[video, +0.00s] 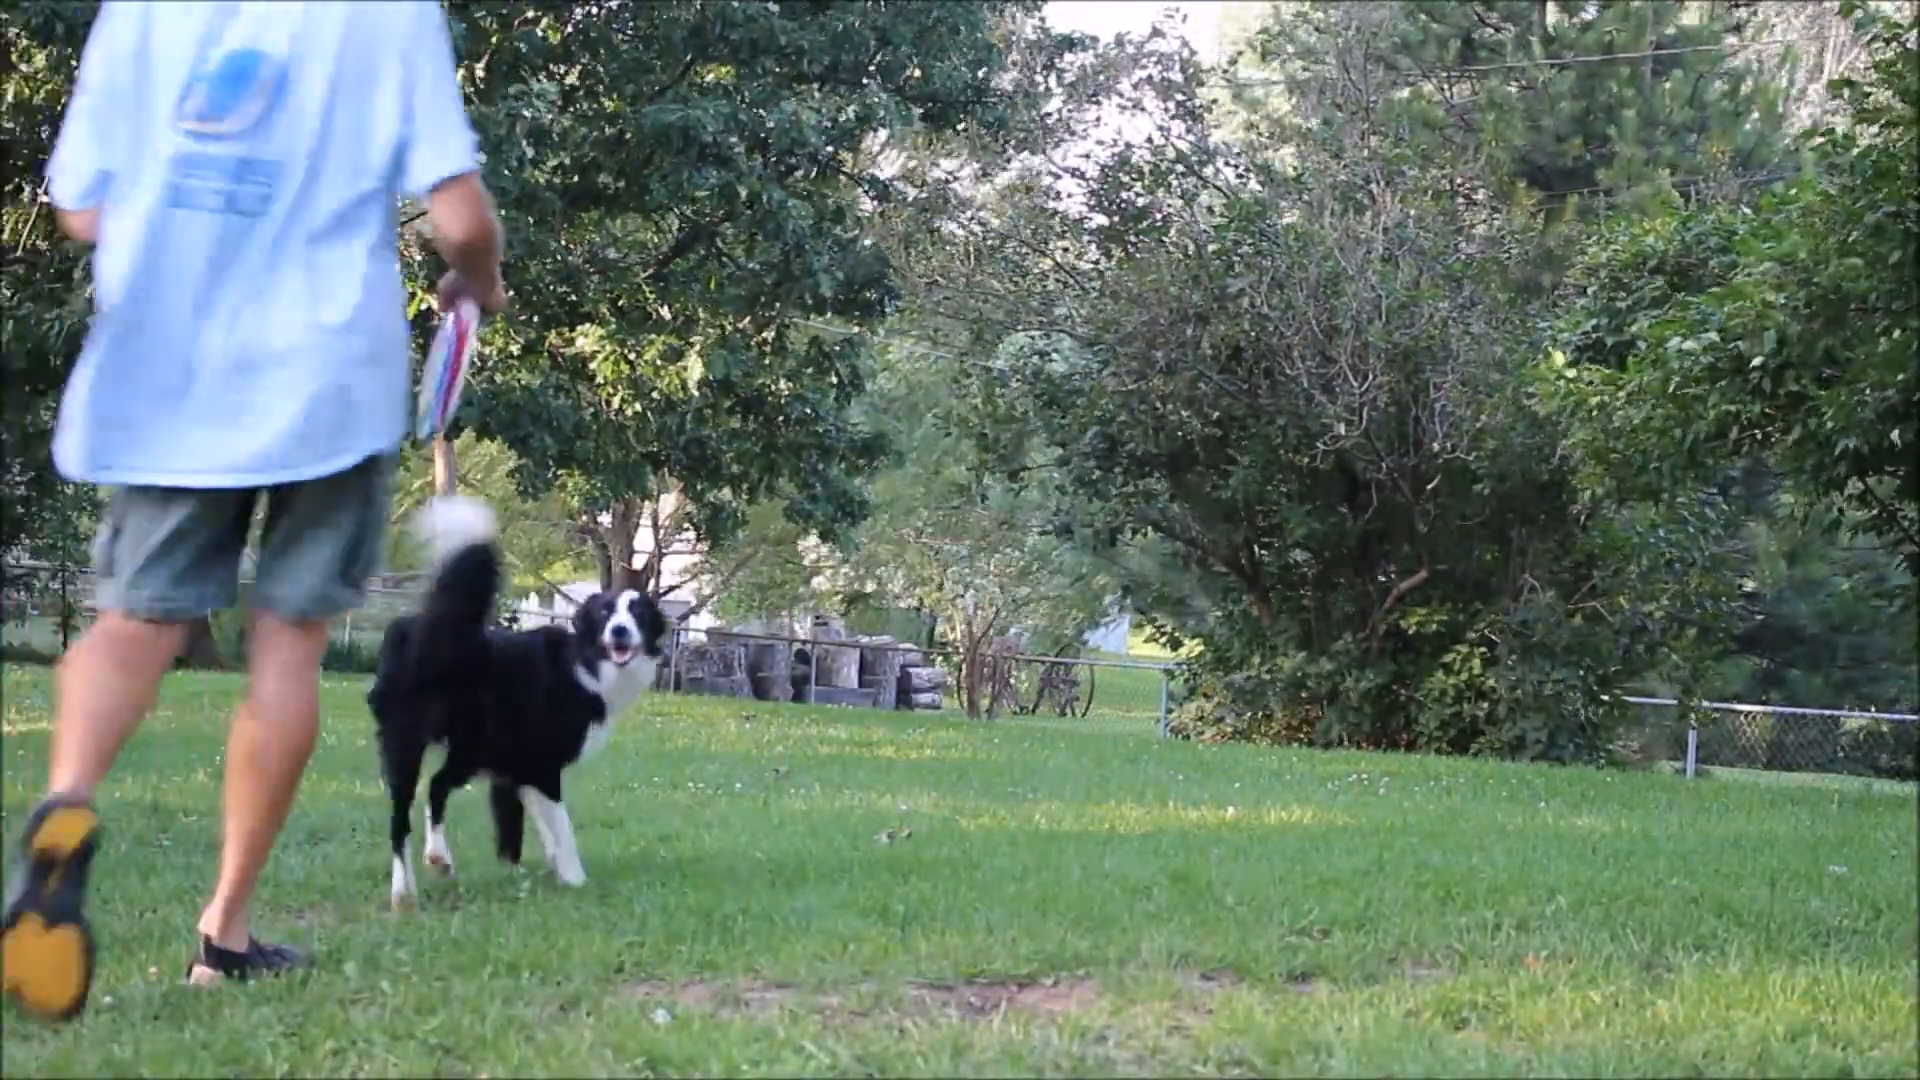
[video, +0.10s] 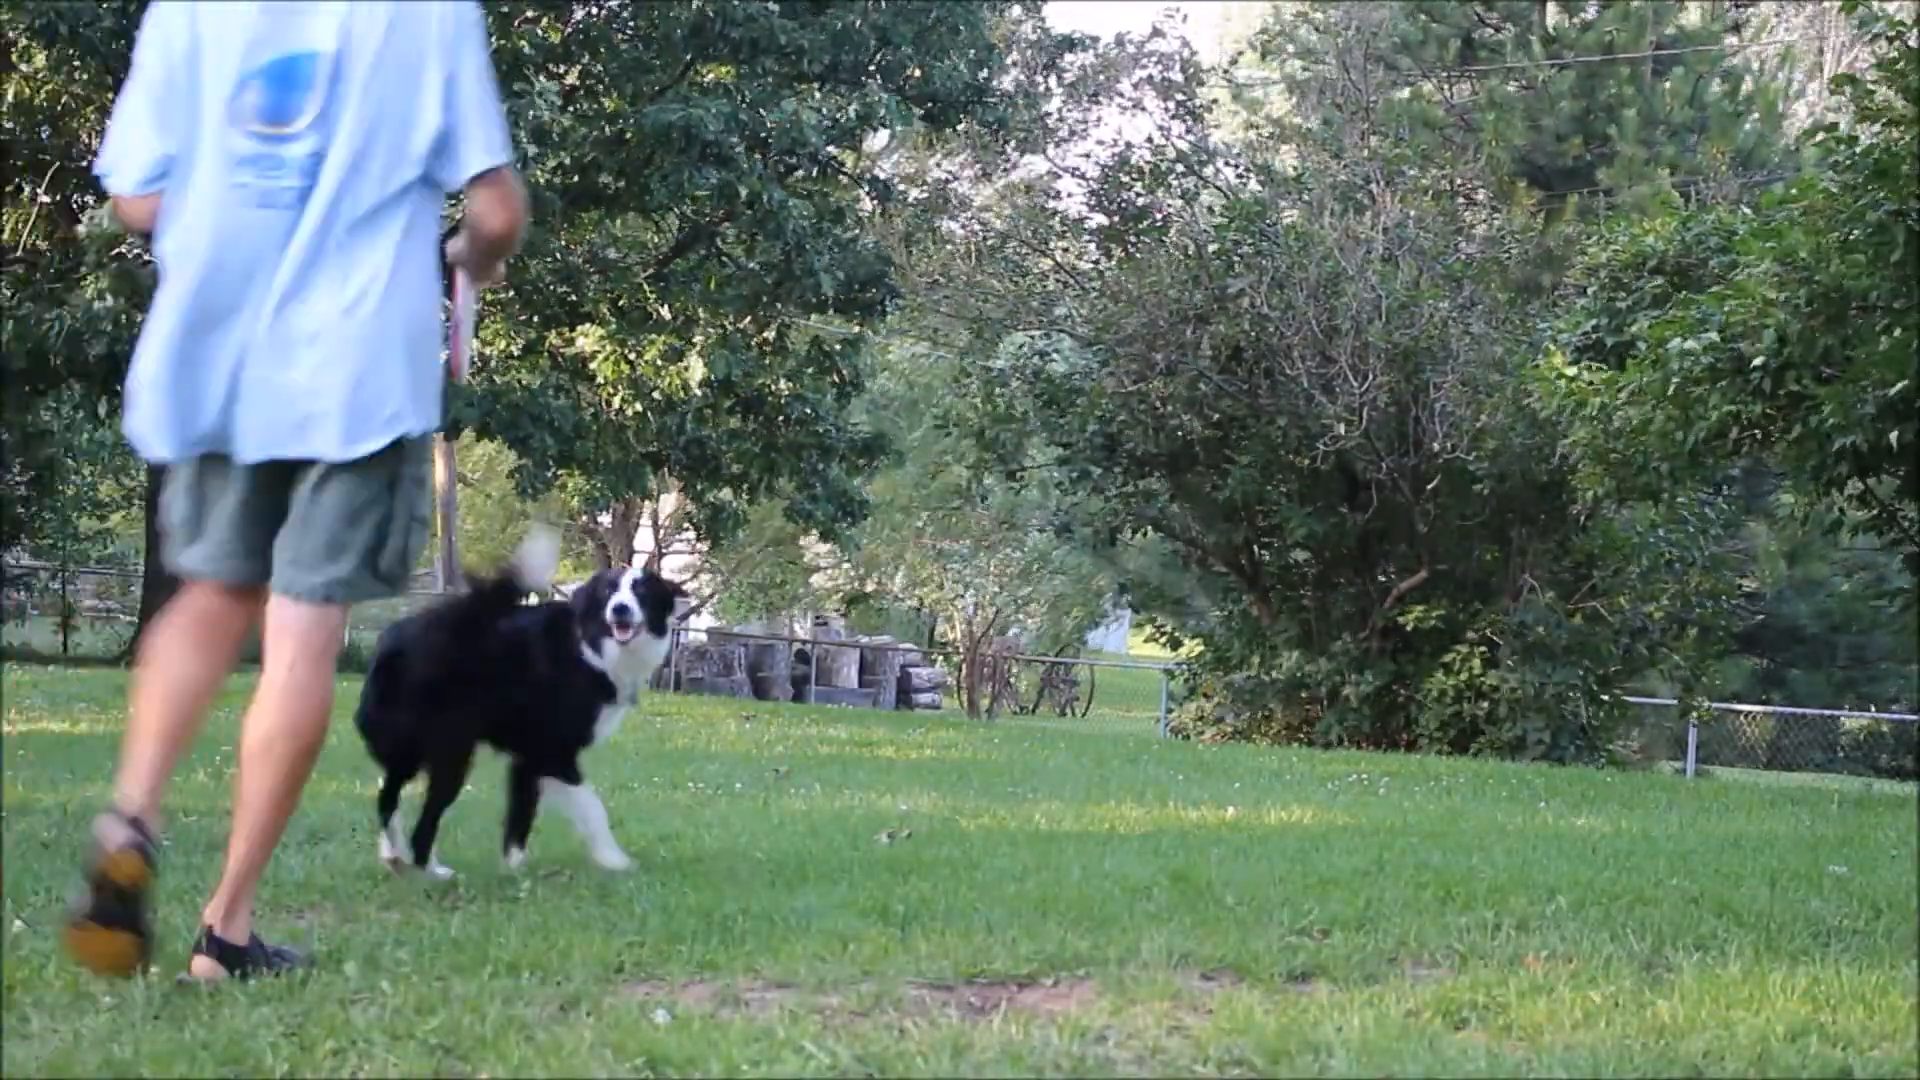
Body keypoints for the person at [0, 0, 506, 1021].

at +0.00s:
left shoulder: (141, 7)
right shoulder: (393, 12)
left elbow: (80, 211)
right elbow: (458, 219)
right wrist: (479, 276)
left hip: (167, 372)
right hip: (328, 378)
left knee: (137, 614)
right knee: (287, 646)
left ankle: (67, 797)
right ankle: (225, 930)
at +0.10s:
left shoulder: (188, 7)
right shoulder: (434, 10)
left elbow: (136, 199)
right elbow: (497, 213)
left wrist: (238, 238)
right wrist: (471, 263)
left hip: (210, 357)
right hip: (356, 368)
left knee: (208, 590)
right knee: (302, 647)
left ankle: (129, 816)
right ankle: (227, 929)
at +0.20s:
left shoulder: (234, 8)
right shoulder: (474, 10)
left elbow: (185, 191)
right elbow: (550, 197)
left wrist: (300, 211)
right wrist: (460, 234)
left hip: (257, 344)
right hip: (394, 349)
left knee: (274, 591)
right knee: (323, 620)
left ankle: (232, 876)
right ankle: (225, 920)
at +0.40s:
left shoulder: (321, 63)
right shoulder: (544, 55)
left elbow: (283, 254)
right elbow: (621, 249)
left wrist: (366, 294)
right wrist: (532, 301)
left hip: (354, 400)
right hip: (483, 399)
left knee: (381, 637)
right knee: (440, 656)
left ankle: (380, 887)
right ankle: (294, 843)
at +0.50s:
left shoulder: (372, 64)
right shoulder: (591, 52)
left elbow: (335, 254)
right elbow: (664, 242)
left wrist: (427, 246)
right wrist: (586, 296)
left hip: (402, 386)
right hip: (539, 386)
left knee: (408, 619)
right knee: (529, 618)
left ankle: (380, 873)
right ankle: (415, 776)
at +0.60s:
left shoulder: (420, 54)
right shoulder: (644, 47)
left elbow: (379, 237)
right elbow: (716, 235)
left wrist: (477, 246)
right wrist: (619, 270)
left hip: (453, 383)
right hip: (594, 381)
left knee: (432, 623)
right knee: (609, 587)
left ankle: (383, 876)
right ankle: (568, 801)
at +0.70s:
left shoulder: (482, 63)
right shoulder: (704, 66)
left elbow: (438, 237)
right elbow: (771, 244)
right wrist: (679, 261)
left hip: (511, 394)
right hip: (654, 391)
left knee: (465, 617)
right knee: (680, 598)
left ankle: (390, 862)